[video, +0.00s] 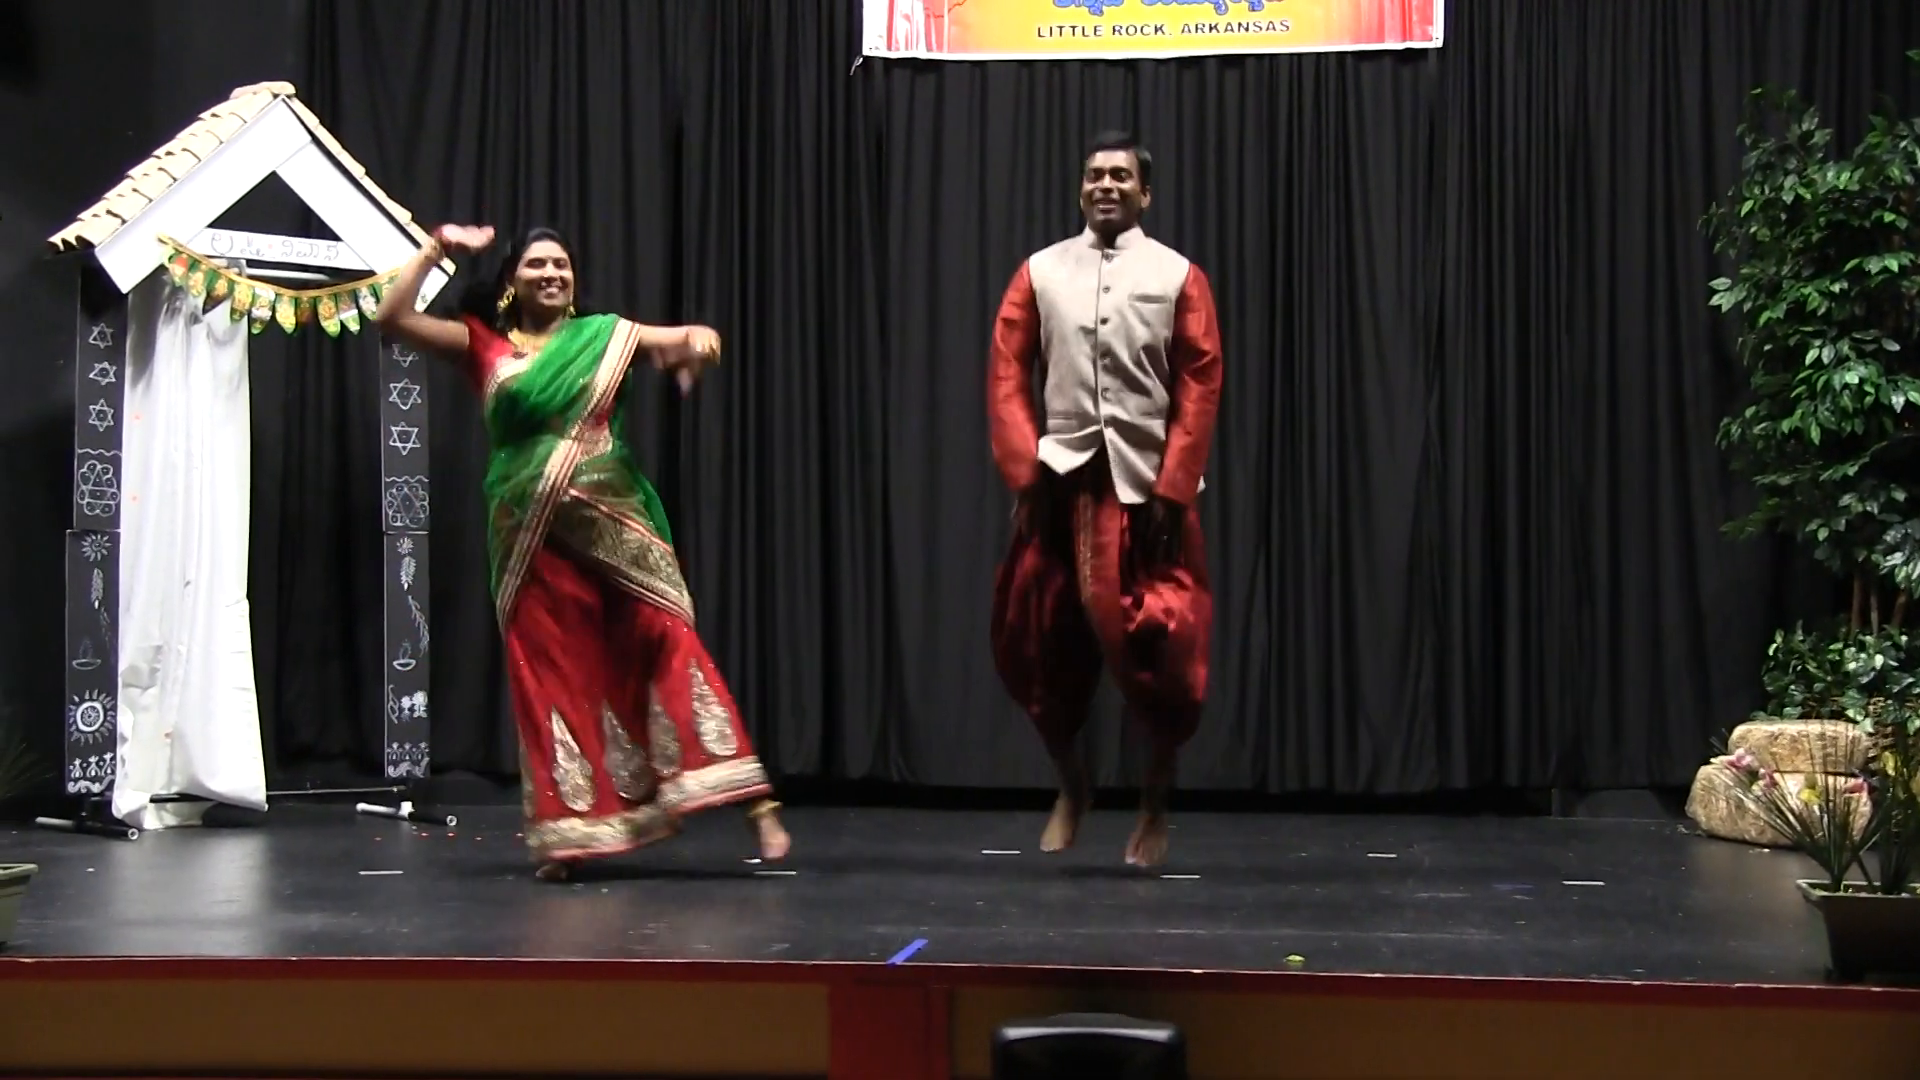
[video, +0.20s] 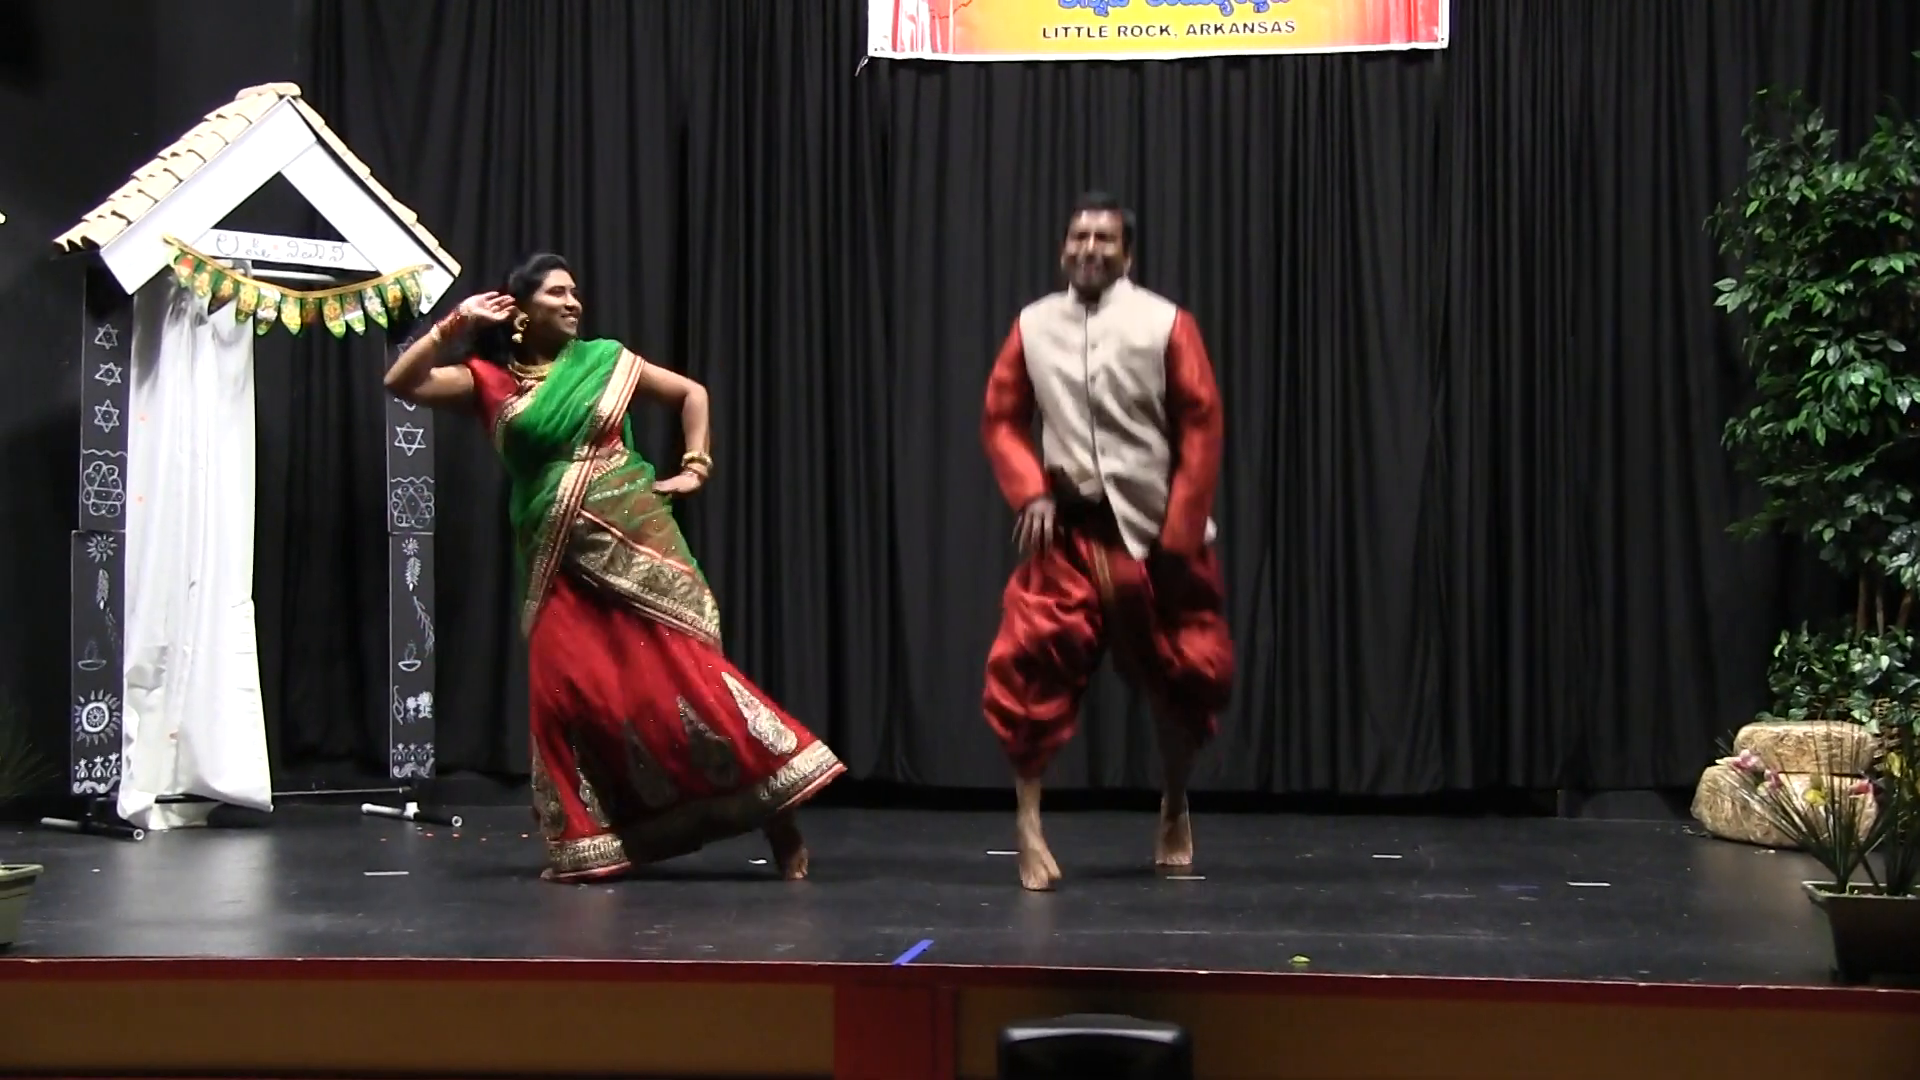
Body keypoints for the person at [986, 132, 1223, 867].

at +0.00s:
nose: (1106, 185)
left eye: (1120, 175)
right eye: (1096, 175)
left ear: (1144, 191)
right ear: (1080, 189)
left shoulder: (1177, 275)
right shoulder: (1041, 270)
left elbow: (1201, 382)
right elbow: (1006, 371)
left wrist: (1175, 485)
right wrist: (1024, 467)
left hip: (1147, 481)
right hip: (1058, 478)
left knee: (1159, 645)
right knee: (1043, 635)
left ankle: (1153, 814)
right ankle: (1070, 790)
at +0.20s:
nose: (1089, 247)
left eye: (1102, 238)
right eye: (1079, 237)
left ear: (1126, 251)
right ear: (1063, 248)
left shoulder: (1166, 325)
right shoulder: (1035, 325)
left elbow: (1202, 425)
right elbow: (1000, 420)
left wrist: (1182, 532)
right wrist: (1030, 490)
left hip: (1158, 538)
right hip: (1063, 534)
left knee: (1190, 674)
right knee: (1025, 667)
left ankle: (1174, 806)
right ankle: (1030, 831)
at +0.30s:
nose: (1085, 320)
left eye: (1098, 309)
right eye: (1074, 309)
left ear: (1121, 322)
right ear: (1057, 321)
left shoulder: (1161, 405)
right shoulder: (1026, 402)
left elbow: (1198, 506)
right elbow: (997, 499)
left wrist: (1185, 610)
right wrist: (1031, 561)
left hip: (1147, 602)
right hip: (1061, 600)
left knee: (1187, 726)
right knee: (1018, 704)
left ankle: (1174, 819)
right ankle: (1035, 850)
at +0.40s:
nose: (1077, 384)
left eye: (1090, 372)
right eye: (1065, 375)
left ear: (1116, 386)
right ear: (1054, 390)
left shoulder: (1156, 470)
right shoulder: (1023, 466)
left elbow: (1190, 576)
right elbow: (1000, 567)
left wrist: (1183, 677)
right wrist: (1043, 625)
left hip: (1139, 637)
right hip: (1063, 632)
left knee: (1156, 714)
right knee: (1063, 694)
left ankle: (1178, 834)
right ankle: (1040, 852)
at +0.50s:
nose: (1081, 436)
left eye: (1096, 425)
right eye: (1070, 424)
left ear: (1119, 440)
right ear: (1056, 435)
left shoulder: (1154, 515)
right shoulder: (1021, 512)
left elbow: (1187, 625)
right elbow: (1005, 613)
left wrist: (1188, 732)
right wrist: (1056, 650)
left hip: (1139, 677)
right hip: (1061, 671)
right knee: (1076, 687)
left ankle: (1175, 849)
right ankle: (1043, 856)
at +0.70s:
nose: (1094, 463)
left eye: (1108, 452)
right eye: (1083, 453)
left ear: (1132, 465)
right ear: (1067, 464)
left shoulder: (1166, 543)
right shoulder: (1028, 532)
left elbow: (1189, 658)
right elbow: (1005, 623)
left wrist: (1184, 772)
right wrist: (1056, 653)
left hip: (1140, 707)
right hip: (1064, 699)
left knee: (1186, 852)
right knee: (1077, 682)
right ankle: (1048, 854)